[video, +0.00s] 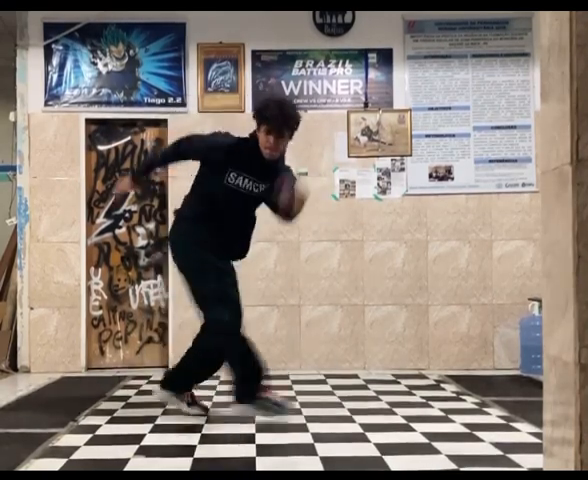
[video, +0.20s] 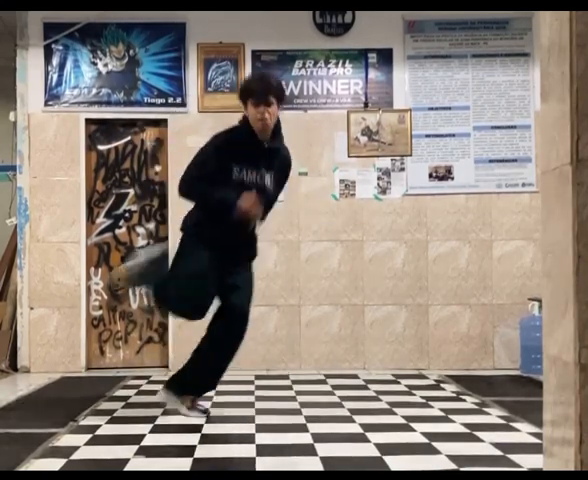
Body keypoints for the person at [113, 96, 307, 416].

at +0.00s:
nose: (272, 142)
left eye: (280, 136)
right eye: (267, 133)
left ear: (289, 137)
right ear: (257, 129)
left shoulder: (278, 172)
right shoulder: (225, 147)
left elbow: (282, 208)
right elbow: (180, 148)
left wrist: (287, 206)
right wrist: (138, 173)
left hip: (222, 250)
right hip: (191, 240)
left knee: (226, 322)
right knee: (223, 317)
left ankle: (177, 383)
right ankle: (249, 387)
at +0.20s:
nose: (264, 113)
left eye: (270, 106)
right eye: (257, 106)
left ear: (279, 108)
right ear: (245, 109)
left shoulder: (281, 158)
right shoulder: (226, 142)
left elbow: (265, 199)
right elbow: (188, 185)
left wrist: (256, 210)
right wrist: (235, 199)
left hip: (239, 247)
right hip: (202, 239)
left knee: (233, 322)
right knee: (191, 307)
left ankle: (183, 388)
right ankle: (154, 269)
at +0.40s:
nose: (252, 103)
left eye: (258, 95)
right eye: (245, 96)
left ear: (269, 97)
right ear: (235, 99)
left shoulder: (283, 142)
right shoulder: (219, 135)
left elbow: (294, 193)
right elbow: (201, 187)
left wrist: (259, 166)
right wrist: (227, 168)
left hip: (259, 239)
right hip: (220, 238)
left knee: (268, 318)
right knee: (219, 315)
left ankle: (297, 374)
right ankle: (220, 389)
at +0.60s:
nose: (224, 127)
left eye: (230, 119)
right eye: (218, 120)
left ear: (246, 111)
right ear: (212, 116)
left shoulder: (269, 146)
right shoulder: (213, 152)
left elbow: (269, 208)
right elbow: (216, 210)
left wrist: (241, 253)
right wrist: (219, 256)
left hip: (273, 228)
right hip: (233, 231)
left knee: (249, 290)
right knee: (221, 296)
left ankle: (233, 377)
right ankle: (237, 366)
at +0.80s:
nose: (228, 141)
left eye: (233, 134)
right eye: (221, 135)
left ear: (245, 127)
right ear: (211, 132)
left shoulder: (271, 157)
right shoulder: (212, 169)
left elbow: (322, 182)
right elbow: (199, 194)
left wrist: (299, 177)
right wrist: (172, 197)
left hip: (283, 249)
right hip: (243, 256)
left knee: (258, 302)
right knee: (224, 330)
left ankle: (307, 377)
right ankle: (246, 385)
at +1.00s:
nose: (229, 158)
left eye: (234, 151)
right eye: (222, 152)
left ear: (243, 145)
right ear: (210, 149)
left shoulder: (262, 160)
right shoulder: (204, 179)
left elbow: (286, 156)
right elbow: (166, 188)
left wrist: (284, 154)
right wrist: (131, 201)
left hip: (299, 264)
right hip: (258, 273)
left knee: (325, 330)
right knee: (233, 330)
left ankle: (384, 393)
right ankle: (255, 386)